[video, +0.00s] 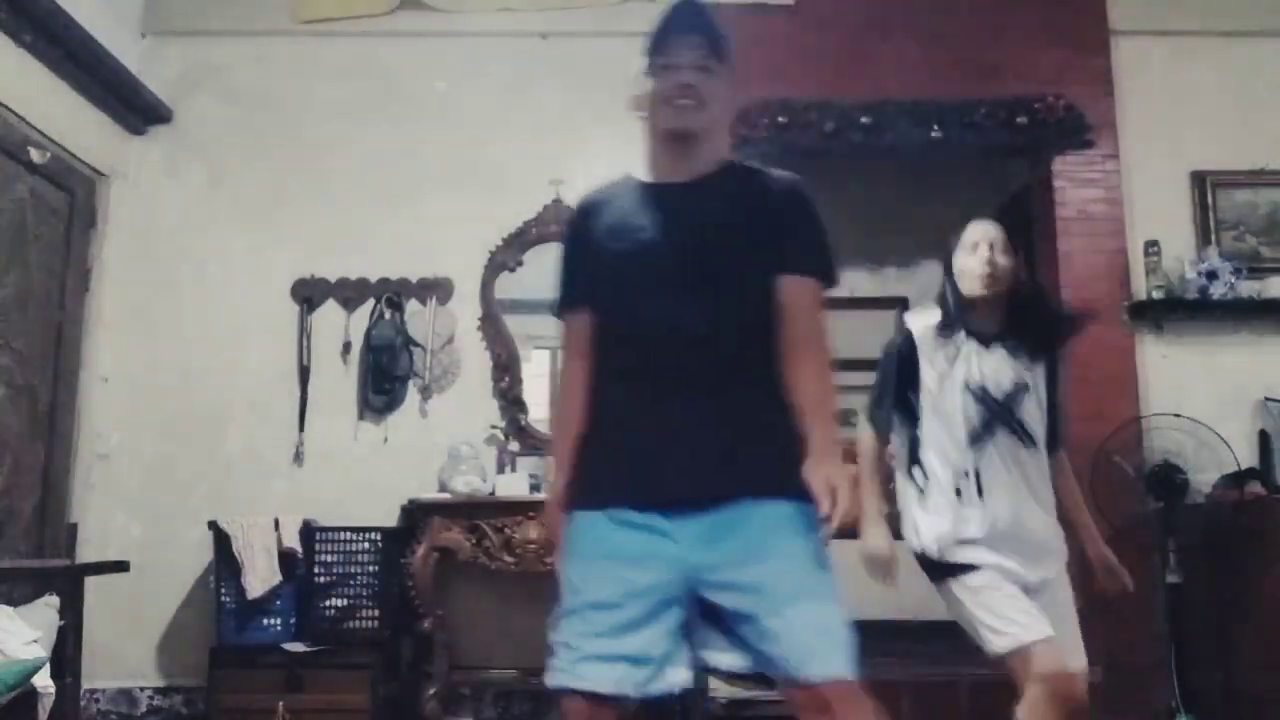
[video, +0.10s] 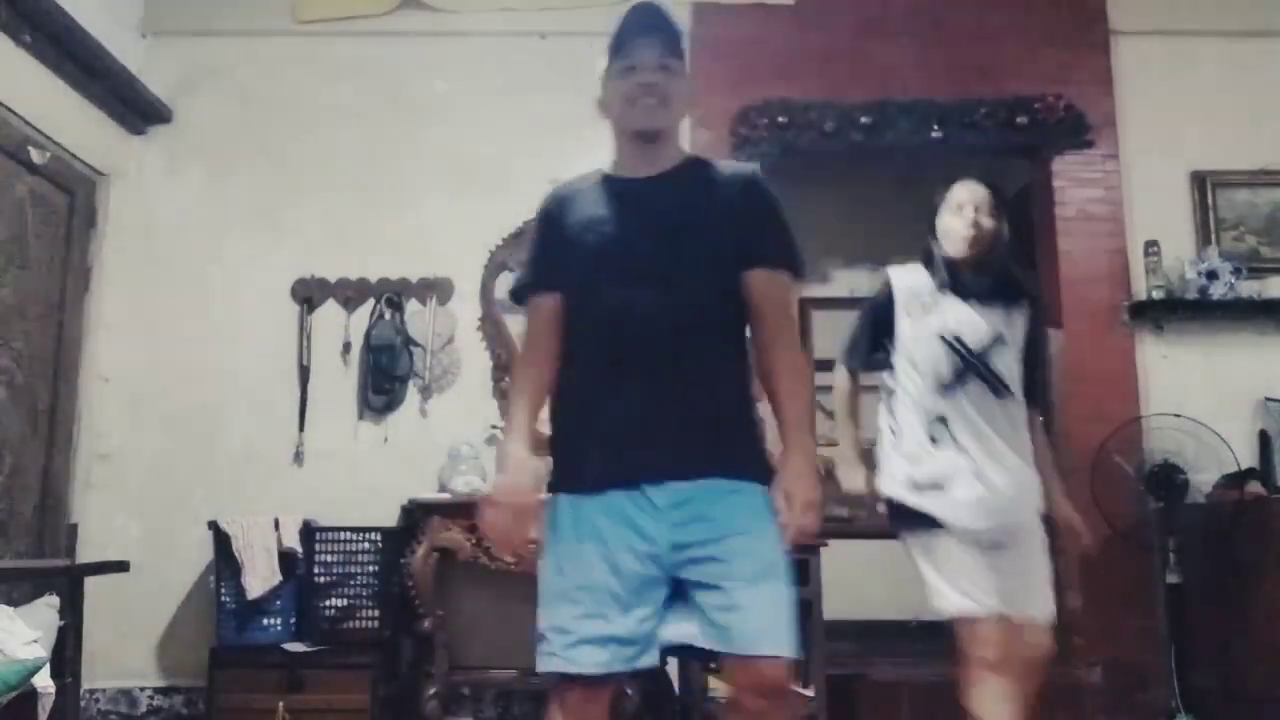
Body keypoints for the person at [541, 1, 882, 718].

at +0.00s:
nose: (684, 81)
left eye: (703, 67)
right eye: (667, 68)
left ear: (734, 90)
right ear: (644, 91)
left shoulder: (777, 202)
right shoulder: (600, 216)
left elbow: (805, 342)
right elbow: (578, 366)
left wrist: (822, 446)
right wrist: (560, 494)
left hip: (757, 506)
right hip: (618, 511)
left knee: (830, 689)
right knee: (585, 701)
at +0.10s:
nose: (648, 81)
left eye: (665, 68)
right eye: (629, 69)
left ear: (688, 87)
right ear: (604, 92)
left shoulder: (740, 196)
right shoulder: (568, 208)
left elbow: (778, 335)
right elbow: (540, 348)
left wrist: (800, 456)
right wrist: (515, 456)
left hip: (725, 486)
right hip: (596, 494)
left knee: (768, 677)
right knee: (581, 691)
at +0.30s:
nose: (608, 118)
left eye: (624, 106)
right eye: (590, 109)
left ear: (650, 129)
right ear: (568, 136)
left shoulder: (699, 220)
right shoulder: (541, 242)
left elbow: (744, 349)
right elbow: (504, 351)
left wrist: (763, 466)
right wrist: (436, 400)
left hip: (660, 485)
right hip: (551, 486)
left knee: (653, 690)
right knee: (562, 678)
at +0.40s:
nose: (605, 130)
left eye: (621, 118)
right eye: (587, 121)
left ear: (646, 139)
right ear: (566, 149)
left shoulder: (691, 235)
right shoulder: (539, 253)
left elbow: (726, 359)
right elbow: (501, 362)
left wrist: (744, 461)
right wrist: (427, 413)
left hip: (654, 490)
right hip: (553, 492)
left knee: (631, 680)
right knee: (559, 675)